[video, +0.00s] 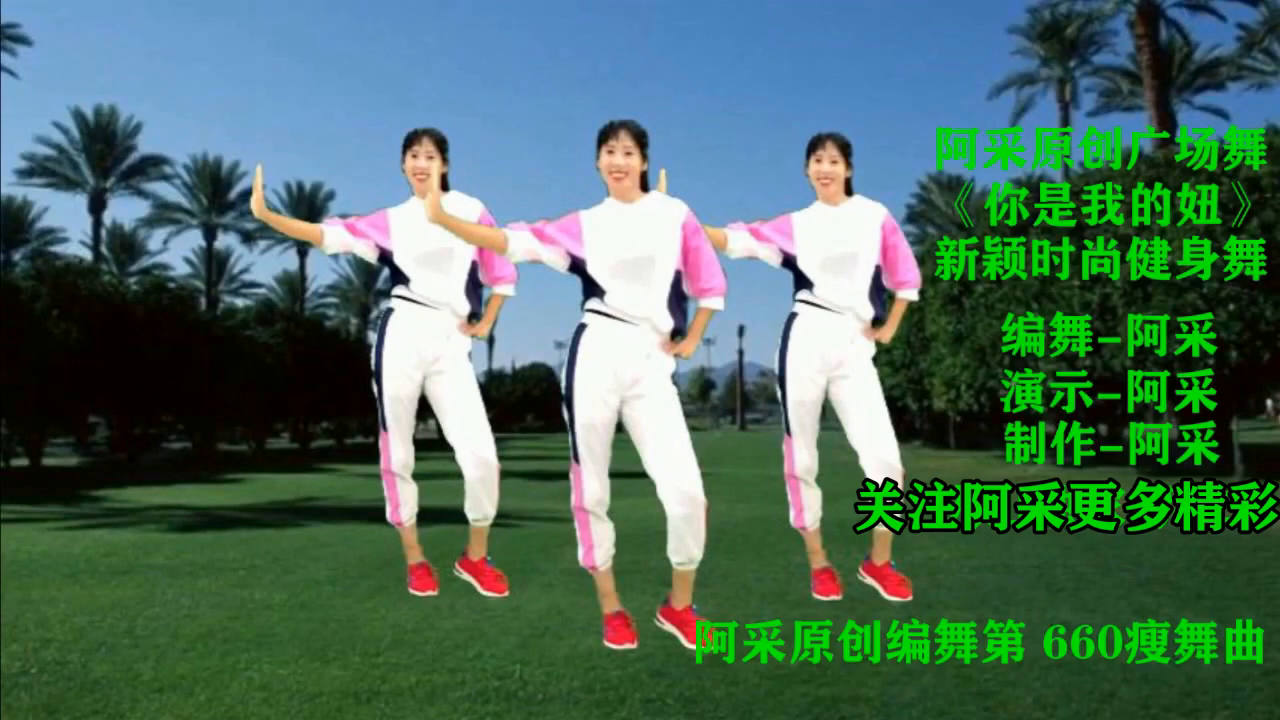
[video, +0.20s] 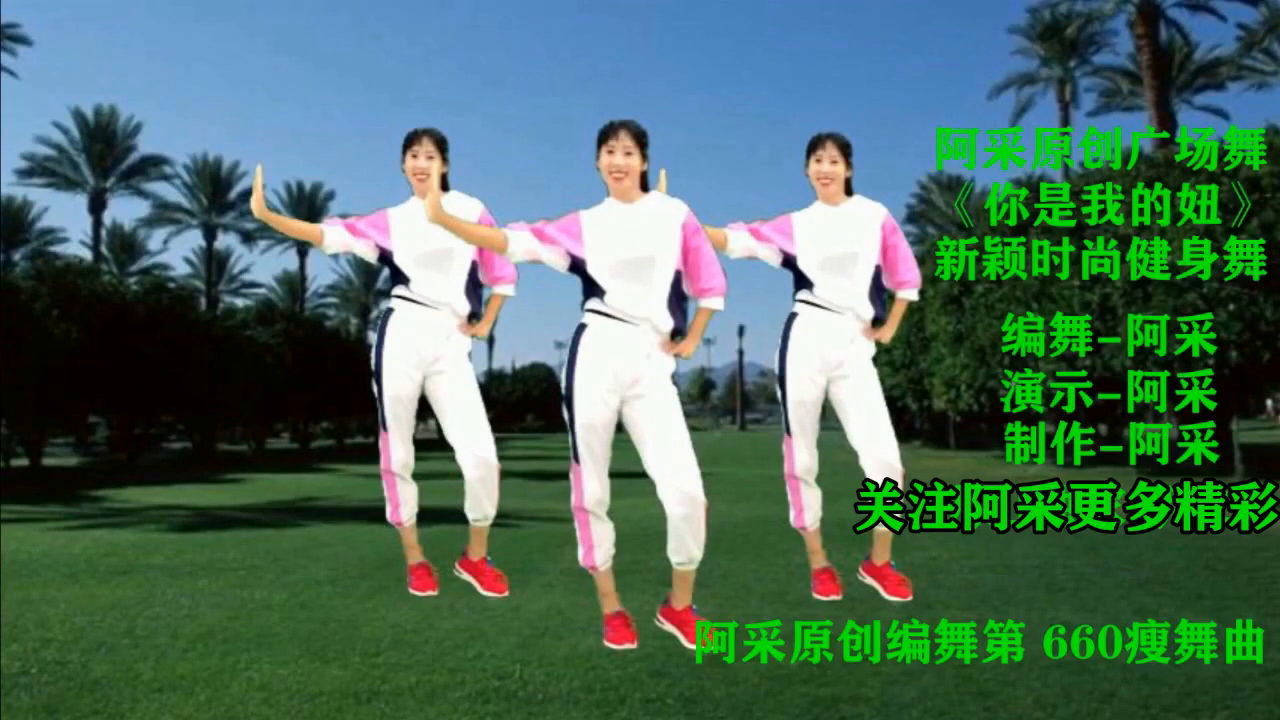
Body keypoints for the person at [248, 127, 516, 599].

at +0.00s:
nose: (420, 164)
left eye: (428, 157)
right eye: (412, 157)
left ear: (444, 165)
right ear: (404, 166)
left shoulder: (473, 211)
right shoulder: (393, 220)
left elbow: (503, 273)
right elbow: (327, 235)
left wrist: (485, 324)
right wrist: (265, 215)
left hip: (451, 335)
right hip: (401, 331)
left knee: (482, 456)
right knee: (399, 453)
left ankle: (476, 557)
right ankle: (415, 561)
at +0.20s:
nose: (420, 164)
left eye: (428, 157)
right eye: (412, 157)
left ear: (444, 165)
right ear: (404, 166)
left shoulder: (473, 211)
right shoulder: (393, 220)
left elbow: (503, 273)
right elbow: (327, 235)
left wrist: (484, 325)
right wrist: (265, 214)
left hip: (451, 335)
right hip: (401, 331)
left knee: (482, 457)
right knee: (399, 453)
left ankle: (476, 557)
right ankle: (415, 561)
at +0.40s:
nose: (420, 164)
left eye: (428, 157)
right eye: (412, 157)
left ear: (444, 165)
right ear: (403, 166)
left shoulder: (473, 211)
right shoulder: (393, 220)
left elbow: (503, 273)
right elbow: (327, 235)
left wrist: (485, 325)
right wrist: (265, 215)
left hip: (451, 335)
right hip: (401, 331)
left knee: (482, 456)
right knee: (399, 453)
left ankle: (476, 557)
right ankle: (415, 561)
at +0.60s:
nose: (420, 164)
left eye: (428, 157)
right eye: (412, 157)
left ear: (444, 165)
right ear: (403, 166)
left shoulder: (473, 211)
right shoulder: (393, 220)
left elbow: (503, 273)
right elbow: (327, 235)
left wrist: (485, 325)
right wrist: (265, 215)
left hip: (451, 335)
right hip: (401, 331)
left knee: (482, 456)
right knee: (399, 453)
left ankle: (476, 557)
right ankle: (415, 561)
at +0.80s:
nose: (420, 164)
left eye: (428, 157)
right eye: (412, 157)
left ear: (444, 165)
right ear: (403, 166)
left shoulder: (473, 211)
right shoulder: (393, 220)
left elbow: (503, 273)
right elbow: (327, 235)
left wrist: (484, 325)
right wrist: (265, 215)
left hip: (451, 335)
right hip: (401, 331)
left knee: (482, 456)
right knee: (399, 453)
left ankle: (476, 557)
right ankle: (415, 561)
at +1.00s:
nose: (420, 164)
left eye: (428, 157)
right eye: (412, 157)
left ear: (444, 165)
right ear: (403, 166)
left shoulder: (473, 211)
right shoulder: (393, 220)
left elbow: (503, 273)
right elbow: (327, 235)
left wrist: (484, 325)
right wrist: (265, 215)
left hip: (451, 335)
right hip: (401, 331)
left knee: (482, 456)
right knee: (399, 453)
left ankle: (476, 557)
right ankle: (415, 561)